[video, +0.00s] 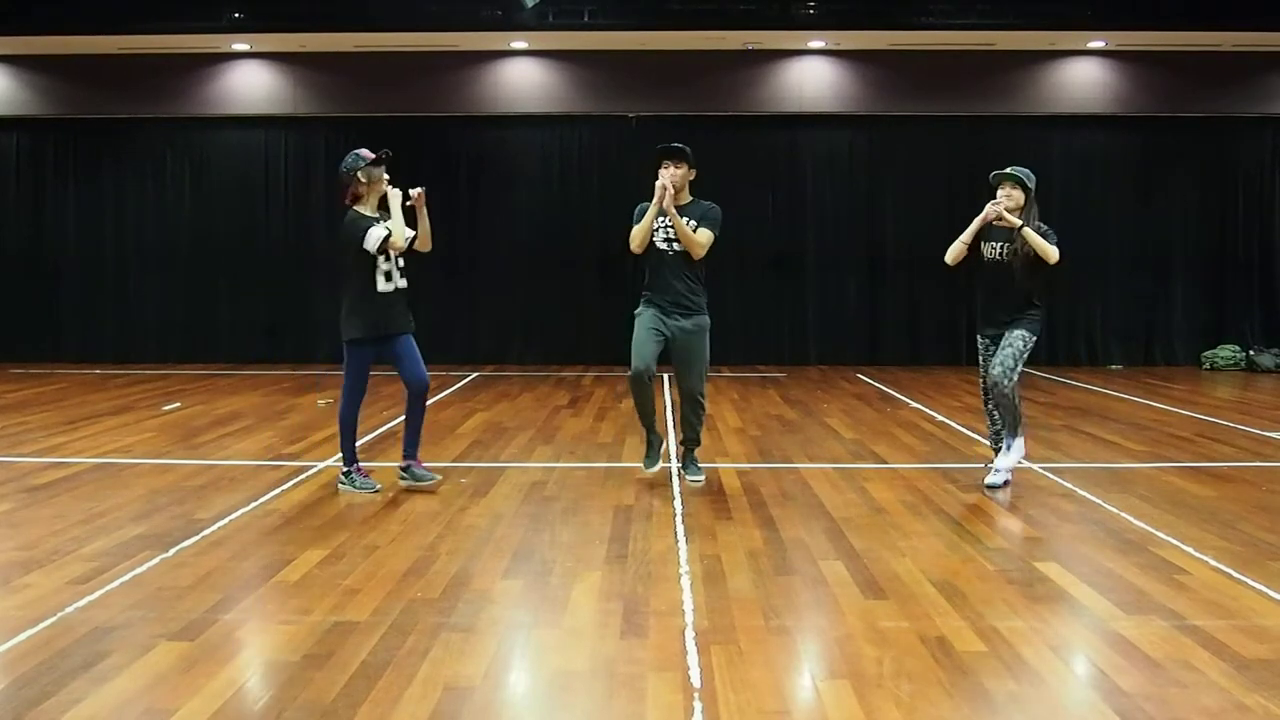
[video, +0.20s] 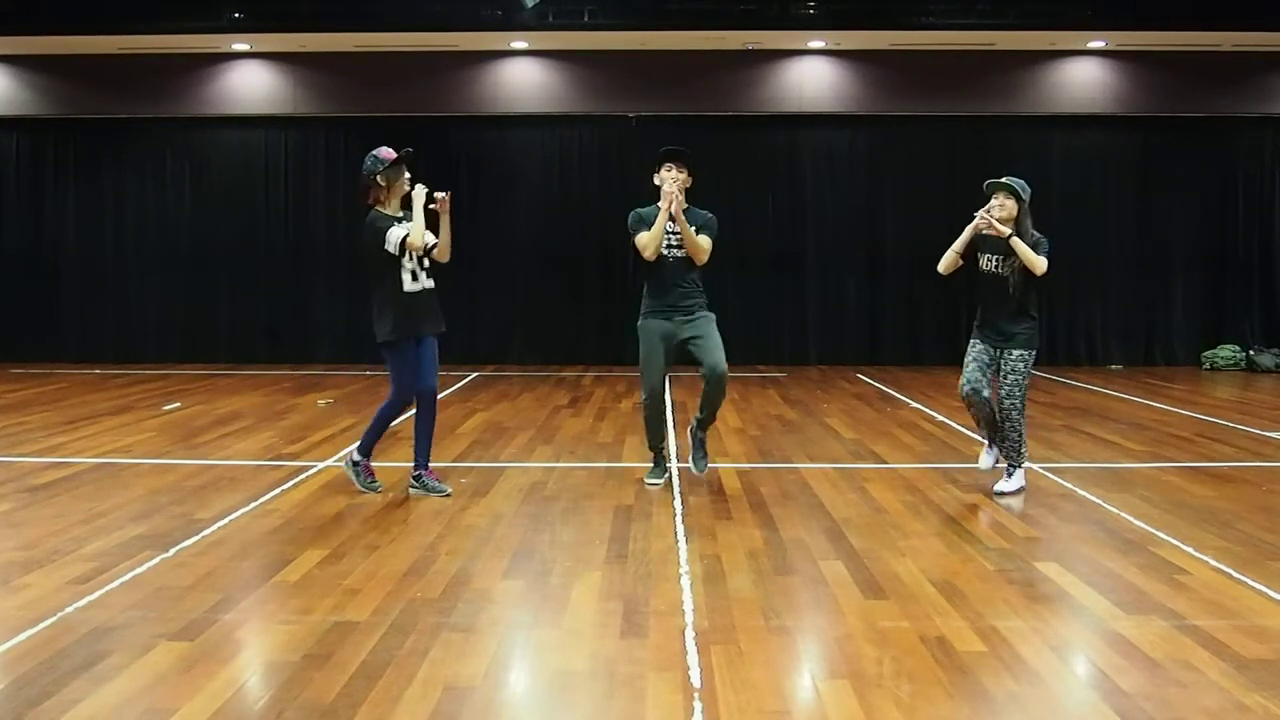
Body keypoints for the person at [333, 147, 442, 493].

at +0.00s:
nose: (386, 173)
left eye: (383, 168)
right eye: (378, 169)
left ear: (372, 179)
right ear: (361, 179)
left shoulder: (388, 216)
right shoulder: (355, 221)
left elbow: (424, 245)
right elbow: (397, 243)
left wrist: (421, 210)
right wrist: (394, 205)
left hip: (394, 318)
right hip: (359, 321)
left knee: (419, 383)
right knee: (354, 394)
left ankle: (410, 463)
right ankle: (349, 469)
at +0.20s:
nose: (407, 174)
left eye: (405, 169)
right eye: (398, 171)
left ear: (396, 179)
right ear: (381, 181)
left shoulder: (410, 217)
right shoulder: (376, 222)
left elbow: (442, 254)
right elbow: (417, 242)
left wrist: (444, 216)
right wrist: (417, 204)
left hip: (424, 317)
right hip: (394, 320)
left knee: (429, 391)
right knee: (403, 394)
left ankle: (421, 472)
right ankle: (359, 457)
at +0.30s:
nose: (416, 173)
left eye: (413, 168)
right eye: (407, 172)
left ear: (415, 176)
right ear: (391, 184)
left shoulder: (430, 215)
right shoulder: (387, 220)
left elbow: (469, 240)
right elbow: (421, 236)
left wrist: (458, 201)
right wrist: (426, 197)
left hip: (437, 314)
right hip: (408, 316)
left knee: (433, 394)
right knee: (433, 390)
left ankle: (421, 472)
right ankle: (387, 447)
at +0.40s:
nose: (422, 170)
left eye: (421, 165)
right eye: (412, 168)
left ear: (427, 173)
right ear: (397, 182)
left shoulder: (444, 213)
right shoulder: (397, 219)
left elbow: (485, 228)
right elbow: (427, 232)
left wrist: (469, 190)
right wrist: (433, 192)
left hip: (447, 312)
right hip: (418, 314)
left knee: (431, 392)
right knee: (450, 387)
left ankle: (422, 470)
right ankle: (424, 463)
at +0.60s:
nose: (450, 184)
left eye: (449, 178)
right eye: (442, 181)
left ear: (449, 182)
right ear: (425, 189)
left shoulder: (461, 219)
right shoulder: (420, 228)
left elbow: (495, 249)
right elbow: (453, 246)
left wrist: (492, 206)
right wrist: (461, 205)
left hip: (469, 315)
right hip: (447, 317)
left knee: (457, 397)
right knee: (469, 395)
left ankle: (425, 470)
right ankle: (460, 480)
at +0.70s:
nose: (463, 178)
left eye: (461, 172)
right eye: (454, 173)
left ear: (457, 179)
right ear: (438, 183)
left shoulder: (468, 220)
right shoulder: (436, 225)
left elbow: (508, 247)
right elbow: (479, 236)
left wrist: (507, 205)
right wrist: (477, 198)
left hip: (490, 317)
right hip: (465, 320)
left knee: (495, 398)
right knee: (473, 400)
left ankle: (444, 456)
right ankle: (459, 480)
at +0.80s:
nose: (478, 172)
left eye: (474, 167)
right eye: (469, 168)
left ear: (465, 179)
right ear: (453, 180)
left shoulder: (480, 221)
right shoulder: (456, 220)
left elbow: (525, 239)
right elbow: (503, 229)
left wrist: (519, 198)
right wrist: (497, 193)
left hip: (501, 318)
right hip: (477, 321)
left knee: (522, 395)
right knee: (478, 401)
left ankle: (482, 461)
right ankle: (459, 481)